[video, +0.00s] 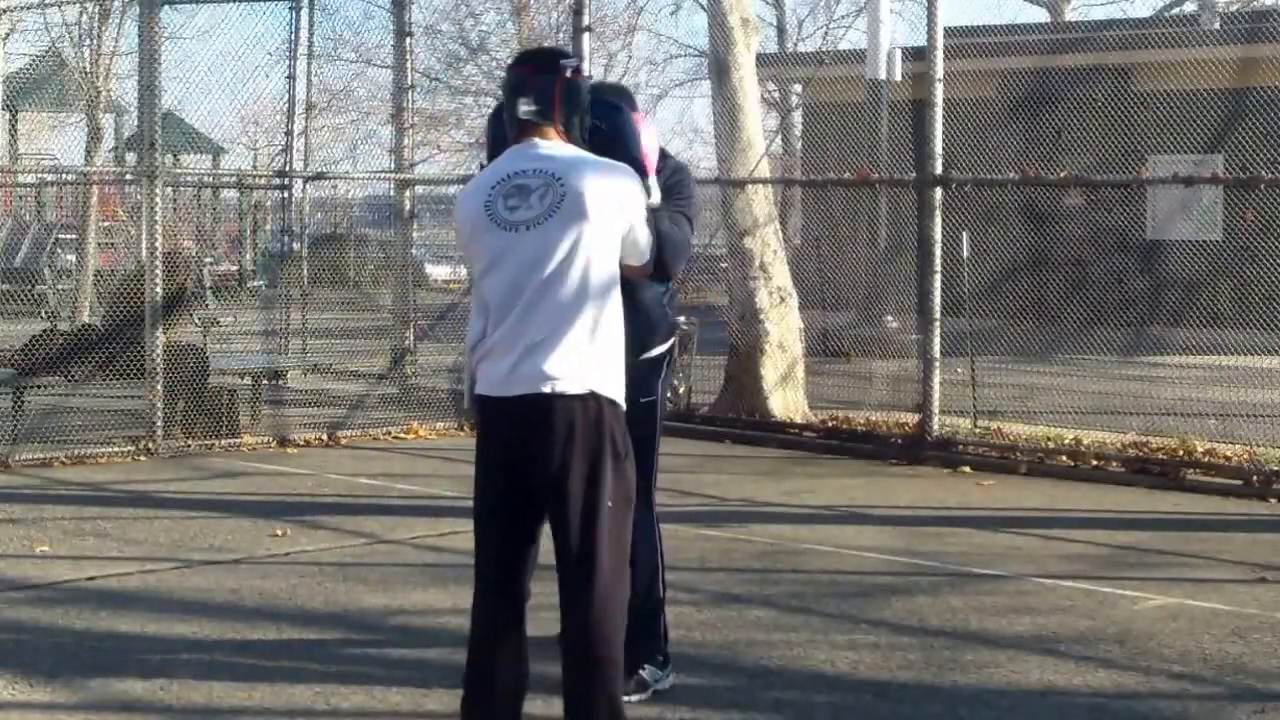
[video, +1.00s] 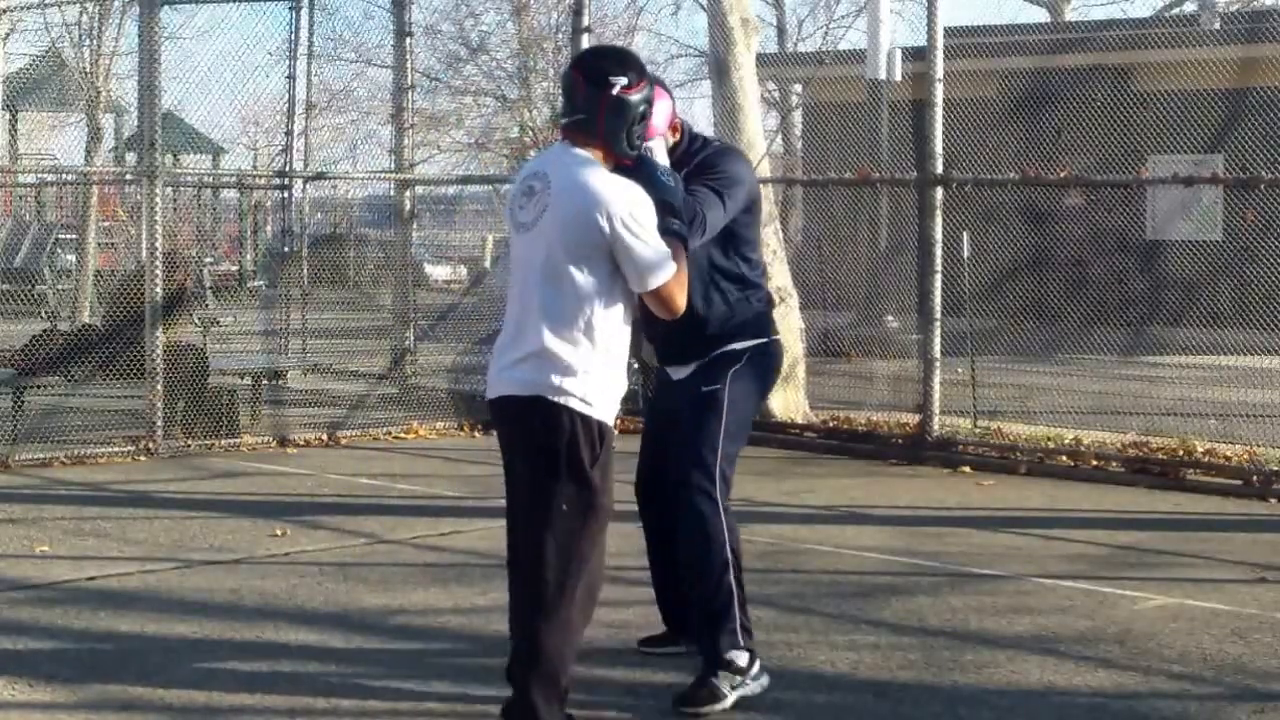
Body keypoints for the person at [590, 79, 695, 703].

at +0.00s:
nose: (598, 146)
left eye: (606, 132)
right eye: (589, 136)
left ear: (632, 127)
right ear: (581, 136)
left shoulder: (667, 173)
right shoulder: (571, 176)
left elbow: (673, 256)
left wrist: (639, 189)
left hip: (638, 359)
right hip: (573, 357)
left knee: (635, 506)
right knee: (582, 510)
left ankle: (646, 654)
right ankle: (592, 659)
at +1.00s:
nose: (631, 150)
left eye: (637, 138)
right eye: (625, 142)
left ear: (663, 126)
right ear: (634, 139)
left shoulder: (725, 166)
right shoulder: (638, 180)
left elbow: (688, 230)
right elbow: (623, 245)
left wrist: (648, 163)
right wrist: (593, 167)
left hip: (734, 354)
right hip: (676, 362)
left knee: (699, 488)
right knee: (655, 488)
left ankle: (732, 655)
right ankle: (685, 623)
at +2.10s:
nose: (845, 167)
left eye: (851, 155)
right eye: (838, 157)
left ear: (882, 140)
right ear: (838, 150)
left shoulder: (939, 182)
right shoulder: (866, 185)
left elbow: (947, 276)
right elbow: (850, 284)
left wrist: (867, 238)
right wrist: (817, 241)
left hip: (941, 360)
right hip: (914, 359)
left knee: (859, 481)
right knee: (921, 491)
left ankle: (879, 640)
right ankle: (988, 620)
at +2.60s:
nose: (862, 168)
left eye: (867, 156)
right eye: (857, 159)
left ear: (901, 144)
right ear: (881, 151)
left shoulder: (956, 177)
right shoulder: (890, 184)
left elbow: (916, 266)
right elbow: (841, 255)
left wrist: (869, 199)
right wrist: (809, 199)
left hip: (974, 360)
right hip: (942, 363)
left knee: (906, 508)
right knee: (944, 500)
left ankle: (895, 673)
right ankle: (1042, 620)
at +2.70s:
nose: (861, 175)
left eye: (863, 164)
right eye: (859, 167)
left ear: (894, 153)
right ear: (896, 151)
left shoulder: (972, 179)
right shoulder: (910, 185)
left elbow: (927, 253)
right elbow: (857, 262)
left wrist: (891, 183)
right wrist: (823, 205)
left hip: (985, 371)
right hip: (959, 372)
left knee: (906, 507)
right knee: (975, 505)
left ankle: (894, 675)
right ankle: (1067, 638)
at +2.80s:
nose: (896, 174)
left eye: (898, 163)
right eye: (892, 164)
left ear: (926, 151)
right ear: (921, 155)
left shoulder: (989, 174)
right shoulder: (930, 200)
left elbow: (952, 236)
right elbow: (884, 275)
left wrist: (889, 178)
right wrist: (843, 215)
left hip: (1003, 376)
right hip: (989, 376)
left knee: (912, 506)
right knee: (984, 505)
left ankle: (894, 674)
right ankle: (1064, 643)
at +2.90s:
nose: (904, 178)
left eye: (902, 168)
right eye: (898, 169)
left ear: (928, 151)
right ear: (931, 150)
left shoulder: (989, 174)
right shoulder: (950, 196)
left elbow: (962, 255)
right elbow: (903, 281)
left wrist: (894, 199)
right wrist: (863, 228)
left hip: (1008, 370)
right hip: (1007, 369)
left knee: (919, 504)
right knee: (989, 503)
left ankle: (910, 673)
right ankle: (1060, 641)